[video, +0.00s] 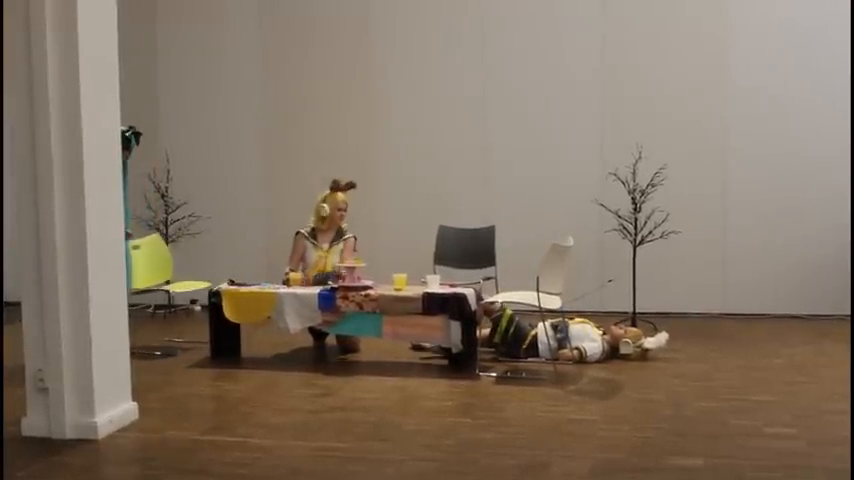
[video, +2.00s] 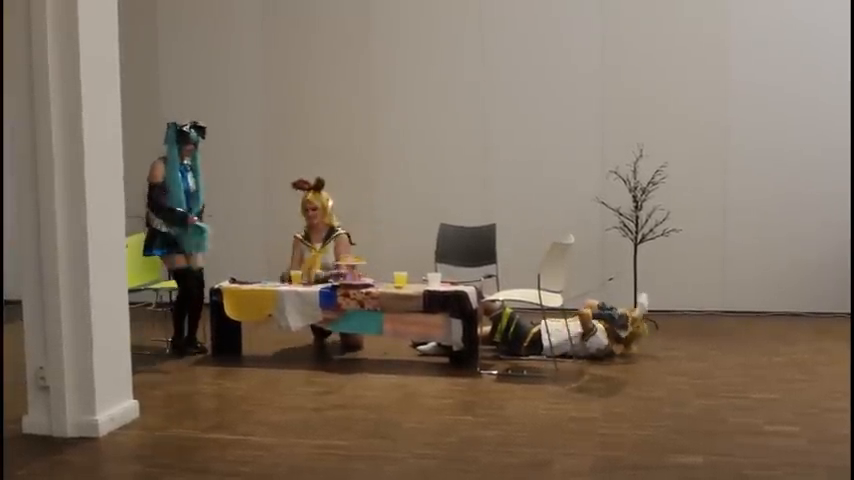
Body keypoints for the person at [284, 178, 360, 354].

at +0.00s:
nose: (343, 215)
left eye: (345, 211)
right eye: (339, 210)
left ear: (346, 212)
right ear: (325, 211)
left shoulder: (347, 238)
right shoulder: (304, 236)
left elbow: (347, 268)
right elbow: (293, 268)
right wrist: (293, 278)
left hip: (337, 292)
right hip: (309, 293)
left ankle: (344, 338)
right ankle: (318, 342)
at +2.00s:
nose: (309, 214)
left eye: (314, 209)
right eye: (306, 210)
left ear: (325, 210)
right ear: (302, 212)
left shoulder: (339, 236)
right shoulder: (300, 239)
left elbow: (344, 271)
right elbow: (293, 272)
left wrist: (323, 276)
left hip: (337, 292)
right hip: (310, 294)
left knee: (354, 344)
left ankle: (346, 335)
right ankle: (319, 341)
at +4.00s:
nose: (306, 218)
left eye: (311, 213)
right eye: (302, 214)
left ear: (323, 213)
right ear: (298, 214)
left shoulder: (336, 235)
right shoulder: (297, 239)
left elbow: (345, 268)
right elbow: (293, 271)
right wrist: (294, 280)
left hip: (336, 289)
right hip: (309, 292)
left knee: (354, 343)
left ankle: (346, 331)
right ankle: (319, 337)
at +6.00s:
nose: (319, 216)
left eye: (323, 212)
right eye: (314, 212)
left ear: (330, 215)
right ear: (307, 215)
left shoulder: (338, 232)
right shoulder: (304, 234)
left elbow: (360, 206)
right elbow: (286, 204)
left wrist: (380, 183)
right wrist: (280, 175)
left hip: (338, 293)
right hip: (310, 294)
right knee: (292, 297)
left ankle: (347, 338)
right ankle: (317, 336)